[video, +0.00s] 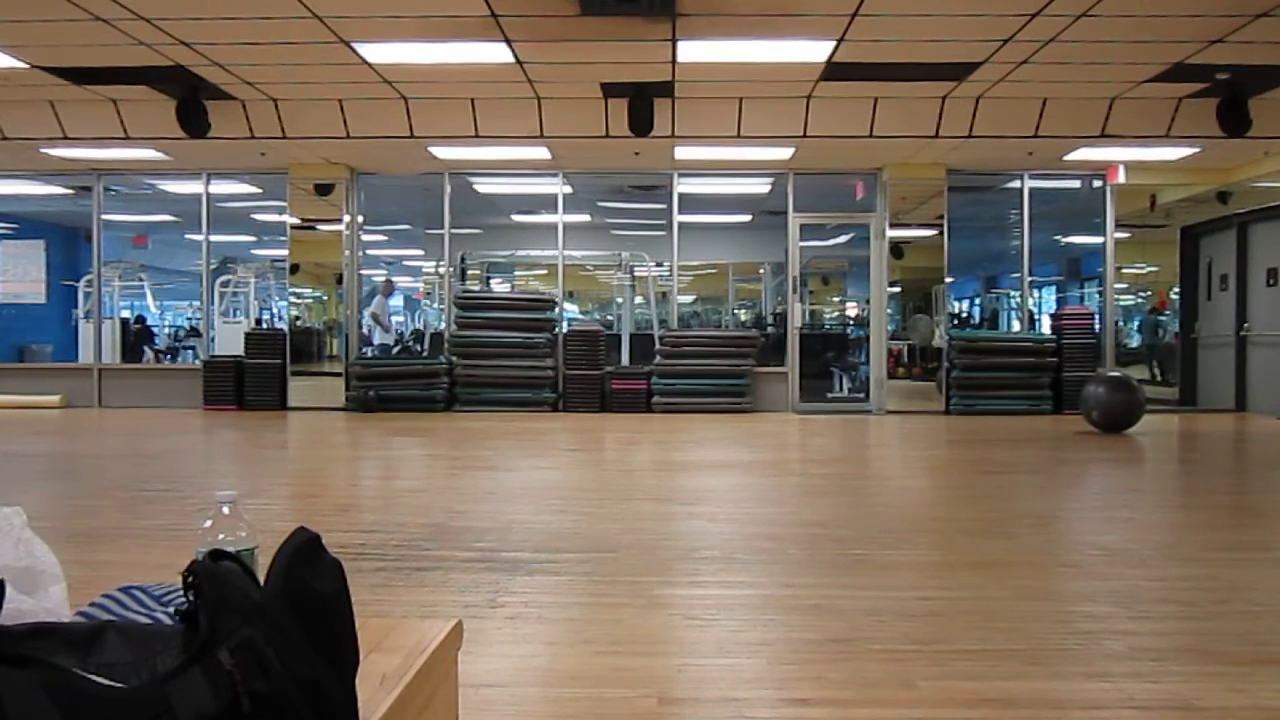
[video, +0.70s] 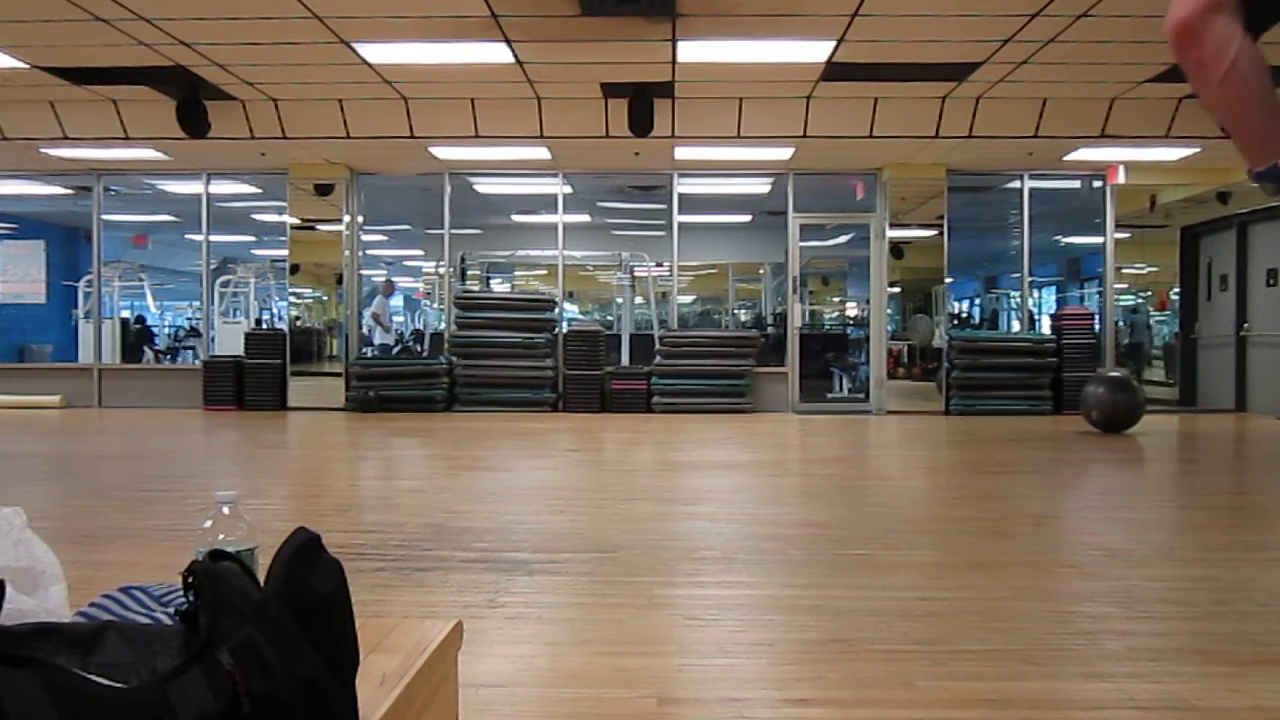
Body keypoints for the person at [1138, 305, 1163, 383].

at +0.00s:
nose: (1157, 315)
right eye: (1157, 312)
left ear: (1148, 311)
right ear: (1156, 312)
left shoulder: (1144, 318)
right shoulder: (1156, 319)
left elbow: (1138, 329)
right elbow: (1164, 328)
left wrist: (1144, 334)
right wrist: (1162, 338)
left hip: (1146, 342)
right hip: (1155, 341)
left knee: (1149, 360)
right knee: (1159, 359)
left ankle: (1152, 376)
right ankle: (1163, 376)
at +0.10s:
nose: (1155, 315)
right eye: (1155, 313)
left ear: (1147, 312)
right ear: (1154, 313)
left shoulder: (1142, 319)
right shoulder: (1154, 319)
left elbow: (1137, 329)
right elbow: (1164, 326)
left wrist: (1142, 335)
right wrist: (1162, 336)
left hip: (1145, 341)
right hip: (1153, 341)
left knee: (1148, 359)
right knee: (1153, 359)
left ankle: (1151, 375)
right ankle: (1154, 376)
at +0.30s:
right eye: (1148, 313)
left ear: (1142, 313)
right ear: (1148, 313)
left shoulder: (1138, 320)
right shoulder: (1151, 321)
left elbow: (1135, 329)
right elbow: (1161, 328)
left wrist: (1139, 336)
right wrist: (1154, 338)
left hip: (1140, 342)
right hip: (1148, 342)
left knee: (1142, 359)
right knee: (1148, 359)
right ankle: (1152, 375)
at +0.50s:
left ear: (1138, 312)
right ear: (1146, 313)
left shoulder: (1134, 320)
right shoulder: (1148, 321)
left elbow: (1129, 330)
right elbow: (1157, 329)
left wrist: (1127, 340)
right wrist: (1151, 337)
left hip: (1137, 342)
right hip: (1146, 343)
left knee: (1138, 359)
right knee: (1147, 360)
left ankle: (1138, 375)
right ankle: (1149, 375)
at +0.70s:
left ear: (1133, 311)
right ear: (1142, 310)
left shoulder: (1132, 318)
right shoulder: (1145, 318)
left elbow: (1129, 327)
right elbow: (1149, 328)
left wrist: (1129, 338)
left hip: (1133, 341)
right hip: (1142, 341)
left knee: (1133, 359)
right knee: (1141, 360)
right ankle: (1139, 377)